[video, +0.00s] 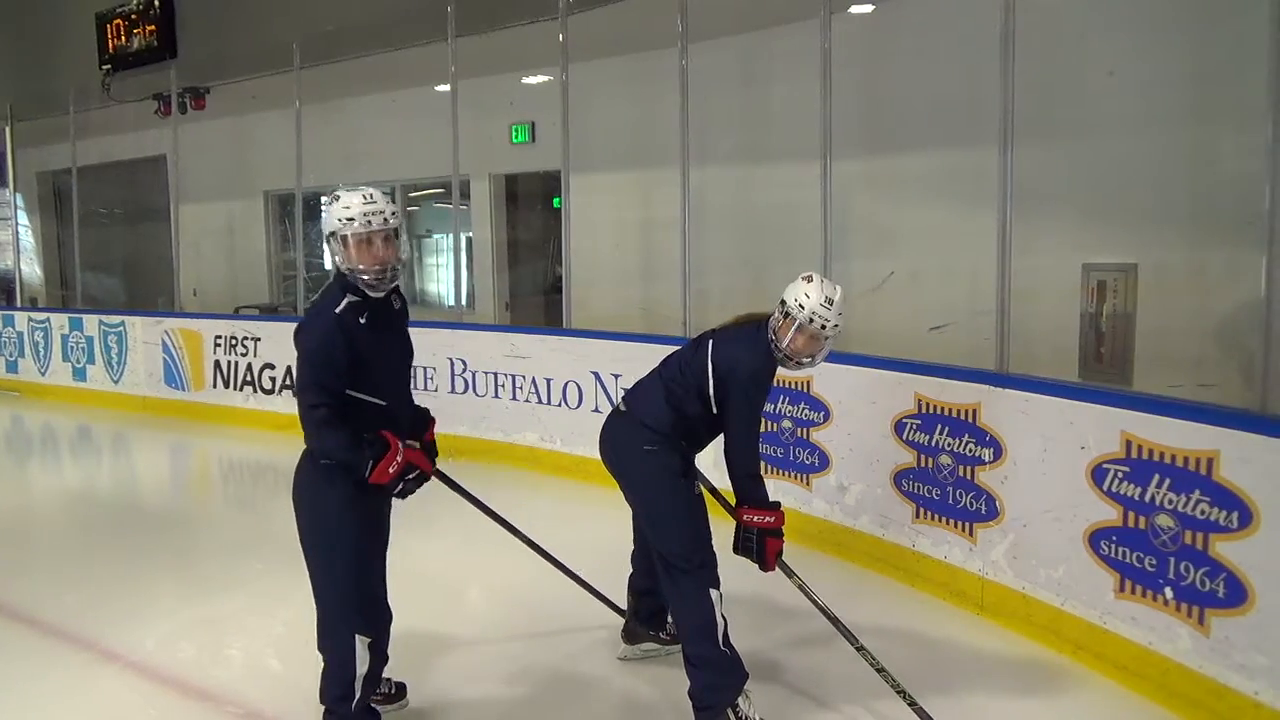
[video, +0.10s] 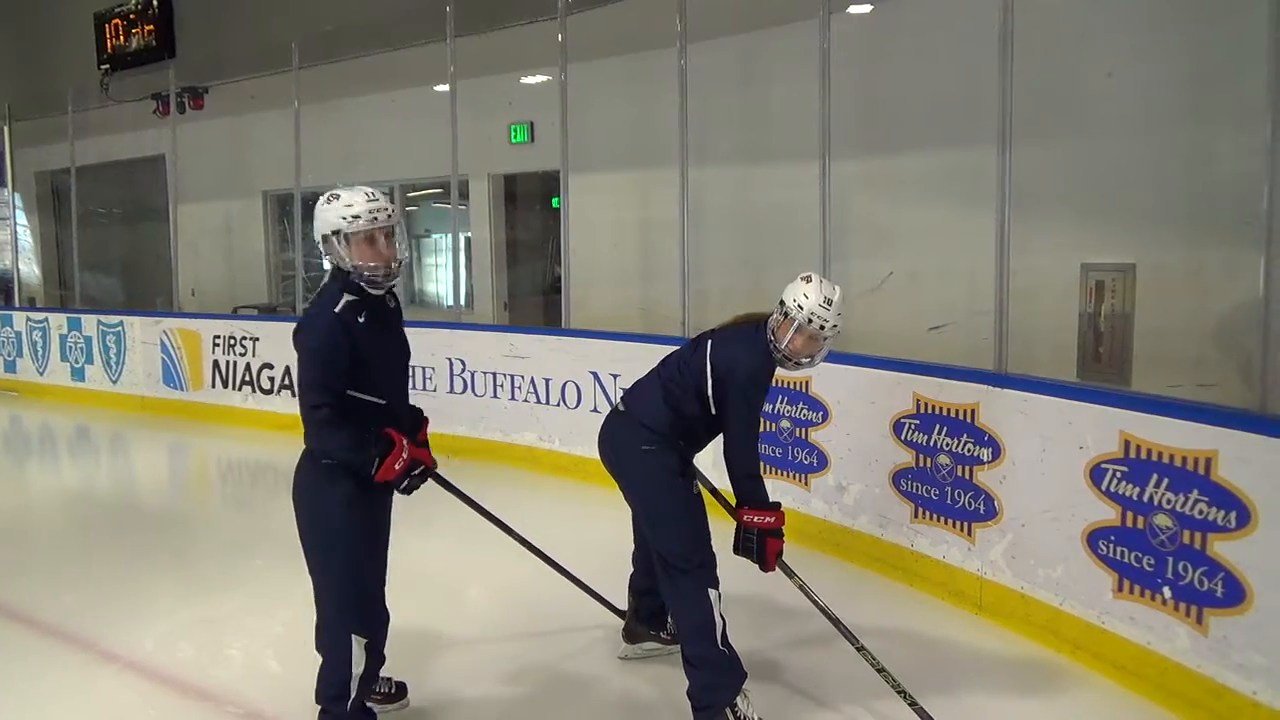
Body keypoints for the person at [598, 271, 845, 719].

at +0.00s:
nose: (803, 344)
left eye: (815, 338)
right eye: (799, 330)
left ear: (826, 342)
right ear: (781, 318)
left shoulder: (751, 337)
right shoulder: (752, 359)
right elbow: (741, 445)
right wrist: (758, 515)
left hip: (630, 434)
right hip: (652, 446)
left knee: (656, 533)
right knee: (693, 569)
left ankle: (644, 623)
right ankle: (718, 703)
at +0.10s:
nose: (802, 345)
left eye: (814, 338)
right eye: (798, 331)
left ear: (826, 342)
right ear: (780, 318)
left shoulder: (751, 336)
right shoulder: (750, 359)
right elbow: (741, 447)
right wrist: (759, 515)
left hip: (630, 433)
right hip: (649, 445)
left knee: (657, 532)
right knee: (692, 568)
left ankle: (645, 622)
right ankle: (717, 702)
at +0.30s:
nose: (799, 347)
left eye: (811, 340)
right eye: (796, 333)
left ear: (822, 344)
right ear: (779, 320)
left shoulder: (748, 336)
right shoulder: (747, 361)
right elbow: (738, 447)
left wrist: (675, 447)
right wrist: (756, 516)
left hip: (629, 433)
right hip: (644, 445)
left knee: (655, 532)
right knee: (689, 567)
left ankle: (643, 622)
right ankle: (714, 702)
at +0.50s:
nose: (794, 345)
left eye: (806, 339)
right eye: (791, 331)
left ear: (819, 344)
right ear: (774, 320)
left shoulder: (744, 336)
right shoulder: (744, 361)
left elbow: (682, 379)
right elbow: (734, 447)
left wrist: (673, 445)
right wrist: (753, 515)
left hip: (625, 433)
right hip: (642, 445)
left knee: (652, 534)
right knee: (686, 566)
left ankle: (641, 623)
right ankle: (710, 702)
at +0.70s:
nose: (792, 345)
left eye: (804, 339)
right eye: (788, 331)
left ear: (817, 344)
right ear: (771, 319)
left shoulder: (741, 337)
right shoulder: (741, 361)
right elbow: (732, 447)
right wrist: (750, 516)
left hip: (622, 433)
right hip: (638, 445)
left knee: (649, 531)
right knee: (683, 567)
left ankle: (639, 621)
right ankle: (707, 703)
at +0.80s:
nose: (791, 346)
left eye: (803, 340)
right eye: (787, 333)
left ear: (816, 344)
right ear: (770, 320)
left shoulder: (740, 336)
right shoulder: (739, 362)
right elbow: (730, 448)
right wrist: (749, 517)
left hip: (619, 433)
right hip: (637, 445)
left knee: (647, 532)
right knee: (681, 567)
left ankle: (637, 621)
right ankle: (705, 703)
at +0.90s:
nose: (789, 347)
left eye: (801, 341)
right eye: (785, 333)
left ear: (814, 344)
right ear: (768, 320)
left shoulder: (738, 337)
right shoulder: (737, 362)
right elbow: (729, 448)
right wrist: (747, 517)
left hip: (618, 433)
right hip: (635, 446)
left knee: (645, 533)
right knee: (680, 568)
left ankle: (636, 622)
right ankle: (704, 702)